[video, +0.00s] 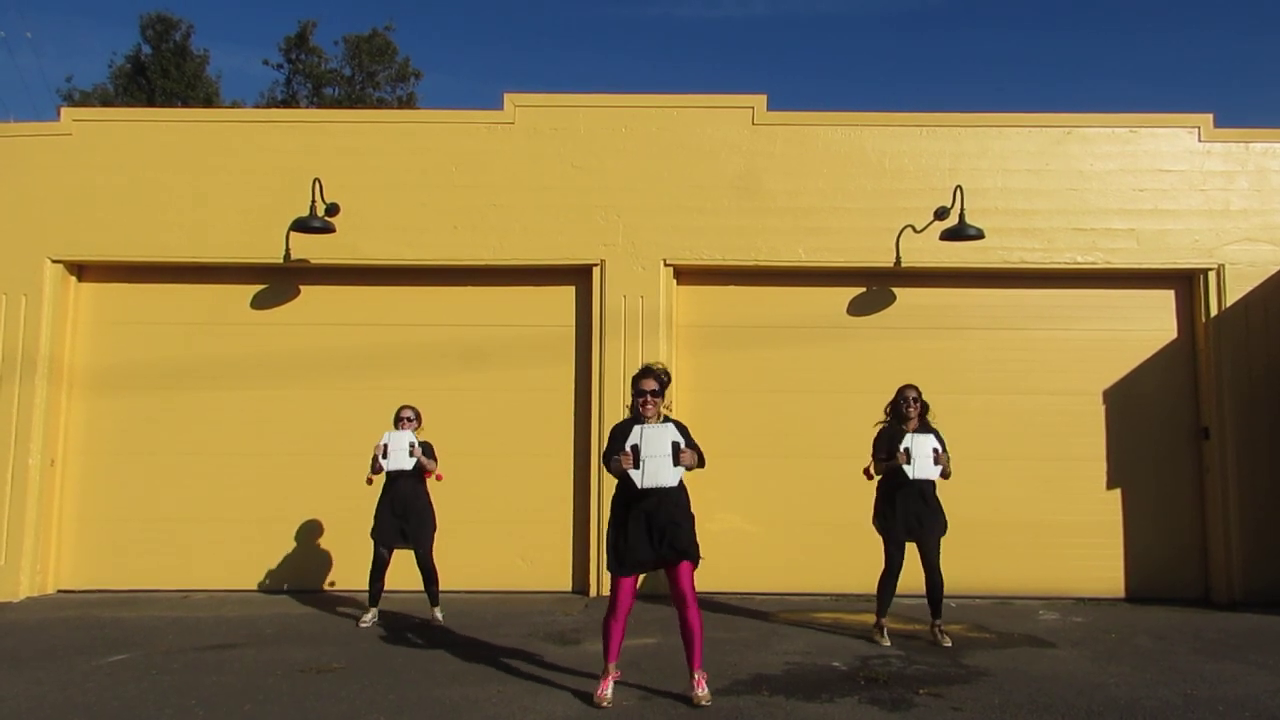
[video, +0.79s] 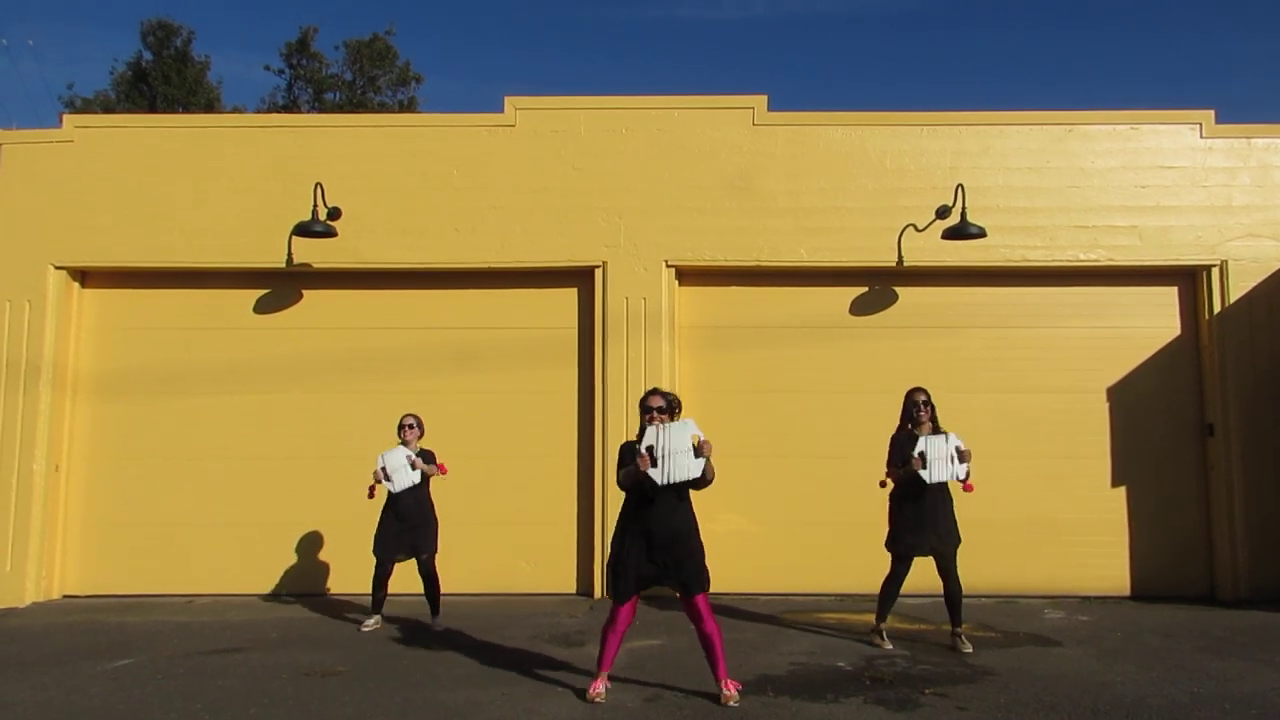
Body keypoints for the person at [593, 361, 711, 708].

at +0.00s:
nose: (646, 399)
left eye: (653, 394)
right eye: (641, 393)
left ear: (663, 396)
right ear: (633, 395)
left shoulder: (677, 429)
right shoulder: (622, 430)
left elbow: (698, 459)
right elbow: (609, 464)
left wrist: (692, 458)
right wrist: (619, 463)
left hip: (673, 522)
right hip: (630, 524)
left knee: (686, 598)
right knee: (620, 603)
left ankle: (697, 676)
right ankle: (609, 673)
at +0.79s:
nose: (653, 416)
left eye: (660, 411)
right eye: (647, 411)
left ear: (672, 415)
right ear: (640, 415)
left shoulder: (681, 447)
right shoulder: (631, 449)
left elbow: (702, 482)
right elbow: (623, 482)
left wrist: (704, 458)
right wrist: (638, 469)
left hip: (679, 540)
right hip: (636, 541)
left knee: (701, 613)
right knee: (621, 614)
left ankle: (724, 683)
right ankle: (600, 679)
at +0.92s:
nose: (660, 393)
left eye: (667, 388)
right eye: (655, 388)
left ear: (678, 392)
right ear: (647, 393)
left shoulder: (694, 423)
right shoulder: (638, 430)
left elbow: (736, 433)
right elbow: (626, 469)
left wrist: (741, 399)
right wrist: (608, 476)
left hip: (689, 522)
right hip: (647, 523)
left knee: (707, 593)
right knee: (628, 592)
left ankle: (728, 668)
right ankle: (608, 658)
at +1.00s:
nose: (665, 394)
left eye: (672, 389)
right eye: (660, 389)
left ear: (686, 392)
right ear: (653, 392)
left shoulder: (704, 417)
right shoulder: (647, 427)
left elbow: (741, 395)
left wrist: (755, 362)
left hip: (696, 515)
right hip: (654, 516)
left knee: (713, 594)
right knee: (636, 592)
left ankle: (731, 668)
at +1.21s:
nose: (684, 408)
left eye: (688, 402)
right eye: (677, 403)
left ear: (694, 402)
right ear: (665, 405)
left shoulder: (707, 427)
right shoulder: (654, 441)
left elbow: (736, 399)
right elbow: (629, 479)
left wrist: (732, 364)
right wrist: (600, 502)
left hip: (703, 526)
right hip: (661, 527)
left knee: (724, 600)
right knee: (634, 592)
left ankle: (737, 668)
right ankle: (626, 598)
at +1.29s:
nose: (670, 408)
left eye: (677, 402)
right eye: (665, 403)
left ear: (691, 404)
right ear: (659, 405)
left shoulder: (701, 432)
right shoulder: (650, 440)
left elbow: (729, 440)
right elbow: (630, 473)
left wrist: (717, 417)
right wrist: (615, 489)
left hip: (698, 523)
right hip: (655, 524)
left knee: (719, 596)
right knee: (627, 597)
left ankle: (744, 666)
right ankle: (608, 643)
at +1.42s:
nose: (666, 422)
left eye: (673, 417)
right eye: (660, 417)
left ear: (684, 420)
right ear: (653, 420)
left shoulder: (696, 453)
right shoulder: (644, 453)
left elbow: (710, 499)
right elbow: (624, 467)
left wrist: (709, 492)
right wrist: (636, 454)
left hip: (693, 544)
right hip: (650, 543)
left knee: (714, 614)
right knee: (628, 615)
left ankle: (743, 682)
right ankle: (604, 679)